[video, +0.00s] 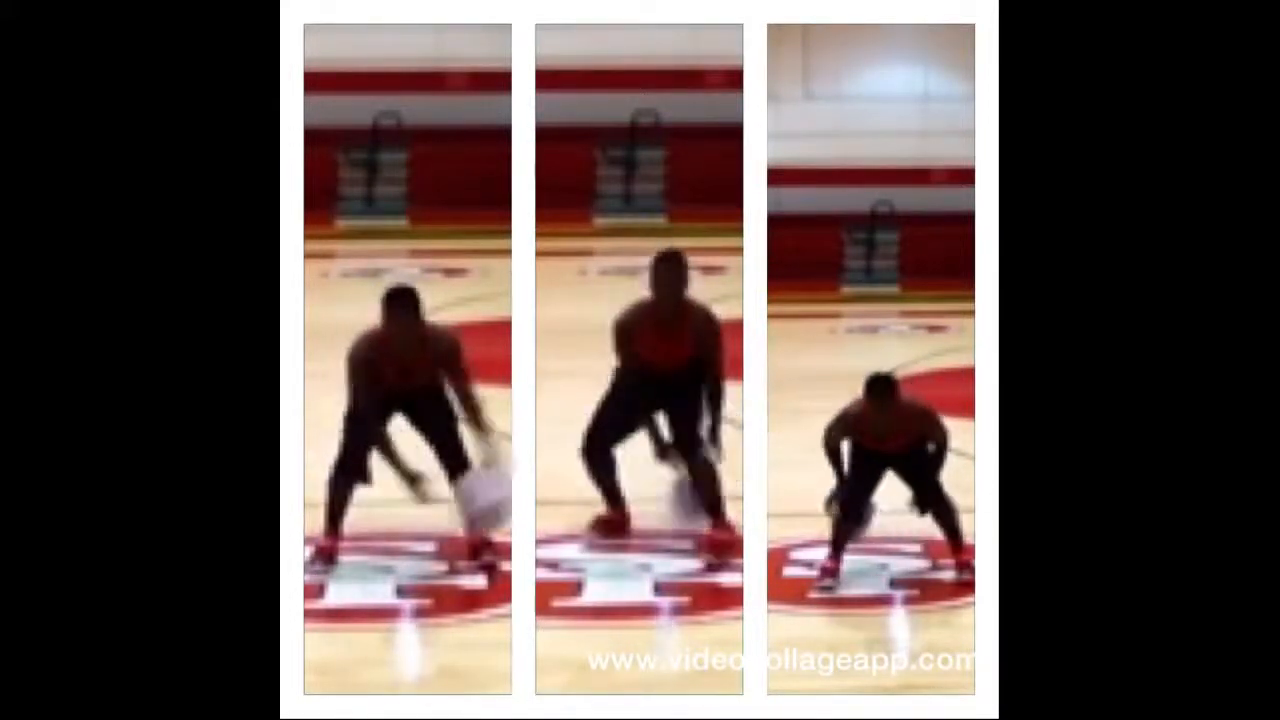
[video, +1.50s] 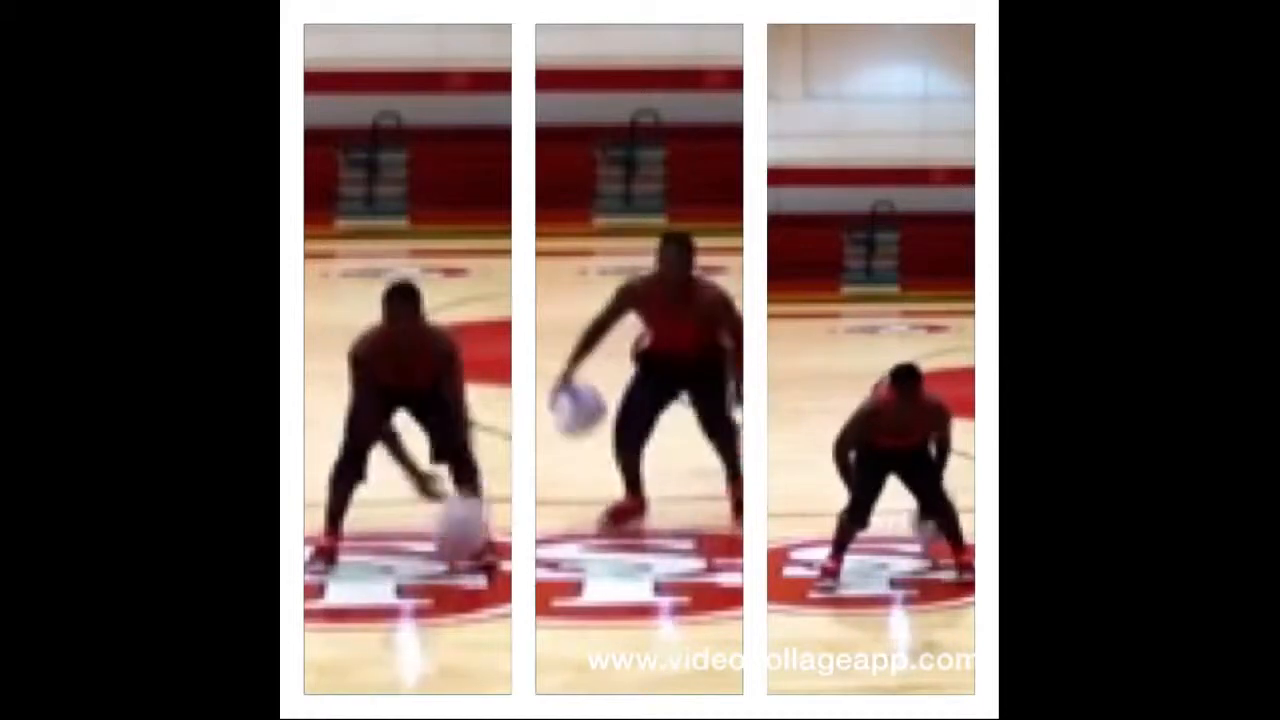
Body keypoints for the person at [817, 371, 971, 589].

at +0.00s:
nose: (881, 413)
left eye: (886, 406)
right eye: (875, 407)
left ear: (896, 399)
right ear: (867, 401)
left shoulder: (918, 414)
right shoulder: (856, 415)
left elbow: (941, 442)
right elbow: (831, 440)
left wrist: (926, 486)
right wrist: (841, 479)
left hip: (910, 453)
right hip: (868, 454)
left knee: (936, 500)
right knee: (850, 504)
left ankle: (960, 555)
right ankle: (833, 560)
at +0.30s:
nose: (897, 414)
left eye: (903, 409)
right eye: (893, 408)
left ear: (915, 403)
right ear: (886, 403)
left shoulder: (931, 414)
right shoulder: (872, 419)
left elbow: (947, 440)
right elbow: (841, 456)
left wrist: (940, 469)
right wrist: (854, 492)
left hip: (916, 455)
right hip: (876, 458)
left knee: (947, 500)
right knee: (863, 512)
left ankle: (961, 556)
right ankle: (836, 559)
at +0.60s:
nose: (890, 407)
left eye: (896, 400)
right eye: (885, 400)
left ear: (905, 393)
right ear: (877, 394)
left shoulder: (928, 411)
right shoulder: (864, 412)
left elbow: (950, 439)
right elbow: (843, 441)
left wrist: (937, 479)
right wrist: (858, 477)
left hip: (919, 454)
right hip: (878, 454)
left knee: (939, 502)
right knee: (862, 505)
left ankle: (961, 556)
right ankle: (835, 559)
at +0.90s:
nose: (900, 407)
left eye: (905, 401)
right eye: (895, 401)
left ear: (913, 394)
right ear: (885, 394)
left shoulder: (929, 412)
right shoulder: (869, 411)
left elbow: (942, 445)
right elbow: (836, 449)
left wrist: (939, 479)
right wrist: (846, 493)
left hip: (913, 455)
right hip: (873, 456)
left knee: (942, 503)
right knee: (858, 511)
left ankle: (961, 558)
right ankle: (835, 560)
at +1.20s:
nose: (893, 405)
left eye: (898, 398)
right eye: (887, 398)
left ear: (907, 392)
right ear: (878, 392)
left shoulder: (924, 410)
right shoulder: (863, 410)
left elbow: (945, 438)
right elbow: (837, 441)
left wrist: (932, 478)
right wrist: (853, 475)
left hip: (913, 453)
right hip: (873, 454)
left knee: (938, 503)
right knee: (855, 506)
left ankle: (962, 558)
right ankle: (833, 561)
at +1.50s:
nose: (906, 403)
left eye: (911, 395)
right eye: (901, 396)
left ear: (920, 391)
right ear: (891, 391)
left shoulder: (934, 410)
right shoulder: (874, 409)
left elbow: (943, 445)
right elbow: (841, 446)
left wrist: (935, 477)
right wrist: (853, 485)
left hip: (913, 455)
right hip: (873, 456)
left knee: (939, 505)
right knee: (858, 509)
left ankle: (961, 557)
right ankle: (834, 560)